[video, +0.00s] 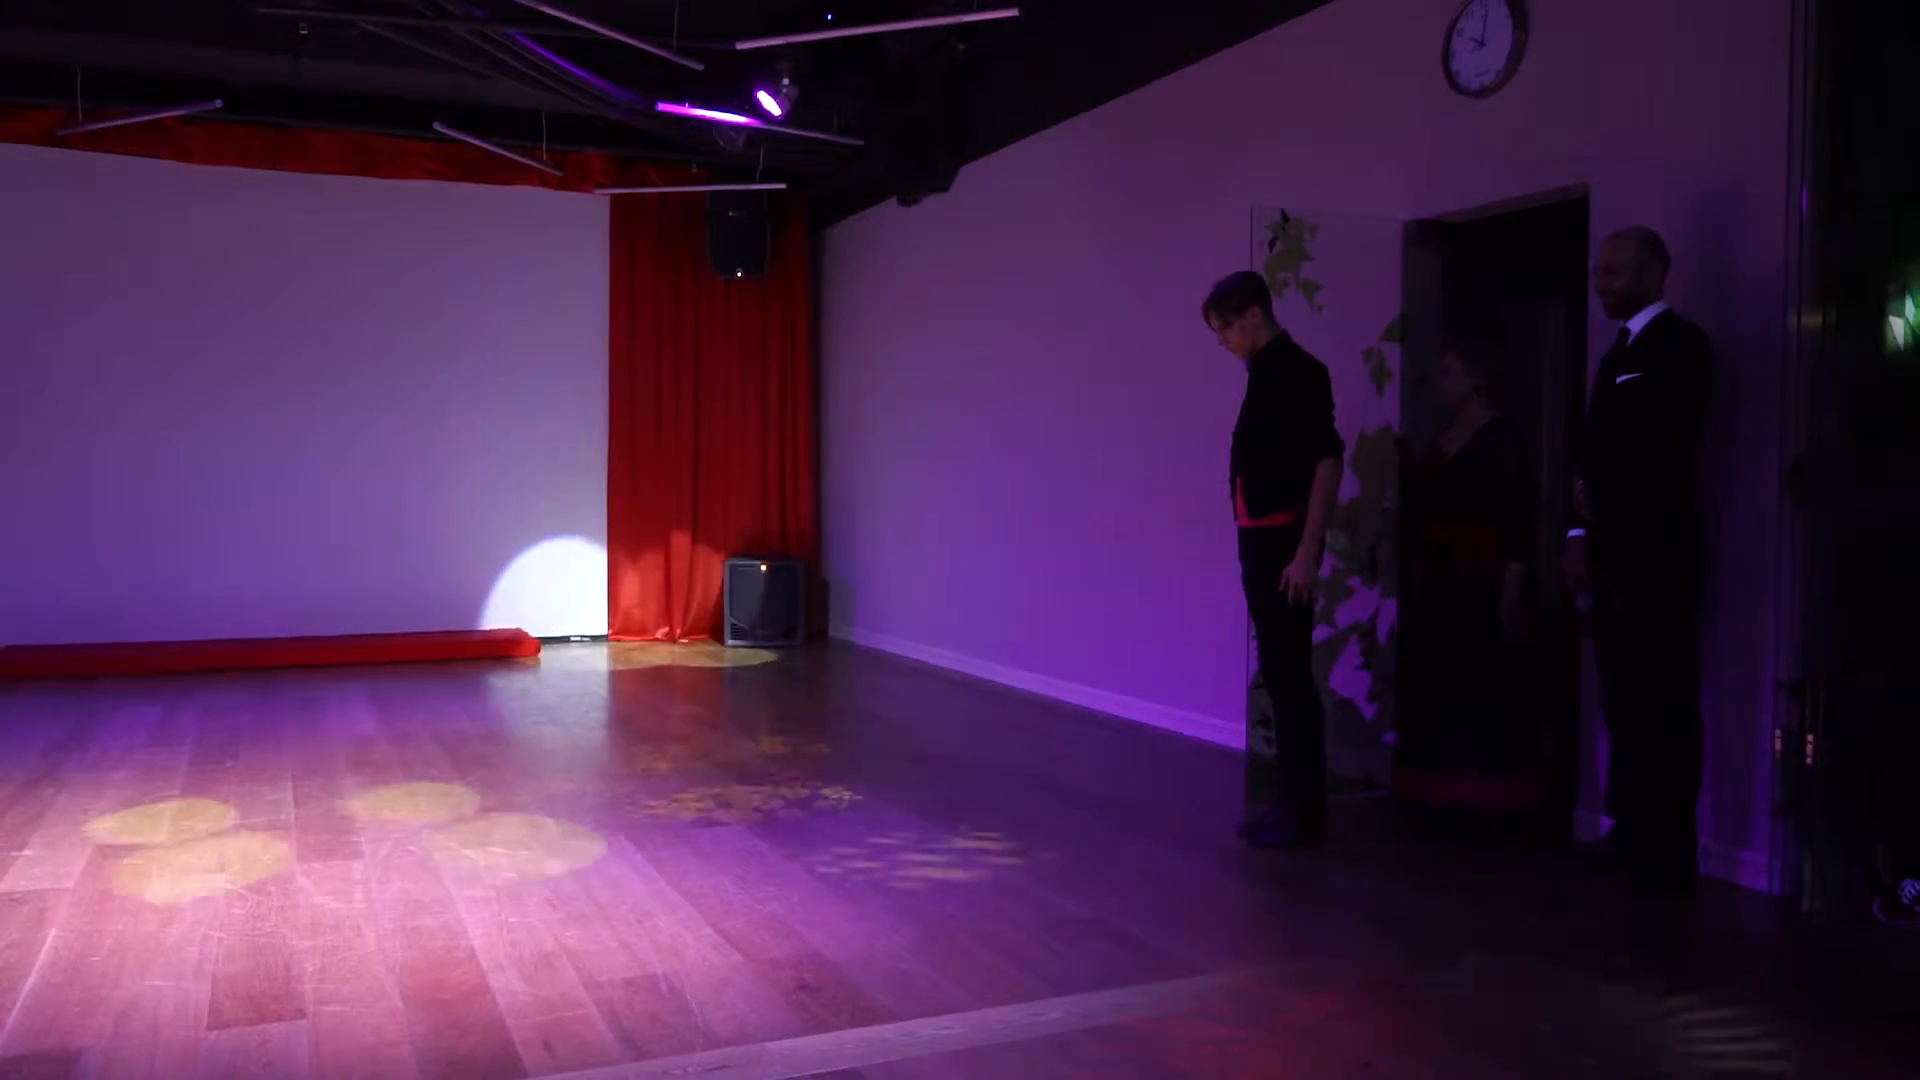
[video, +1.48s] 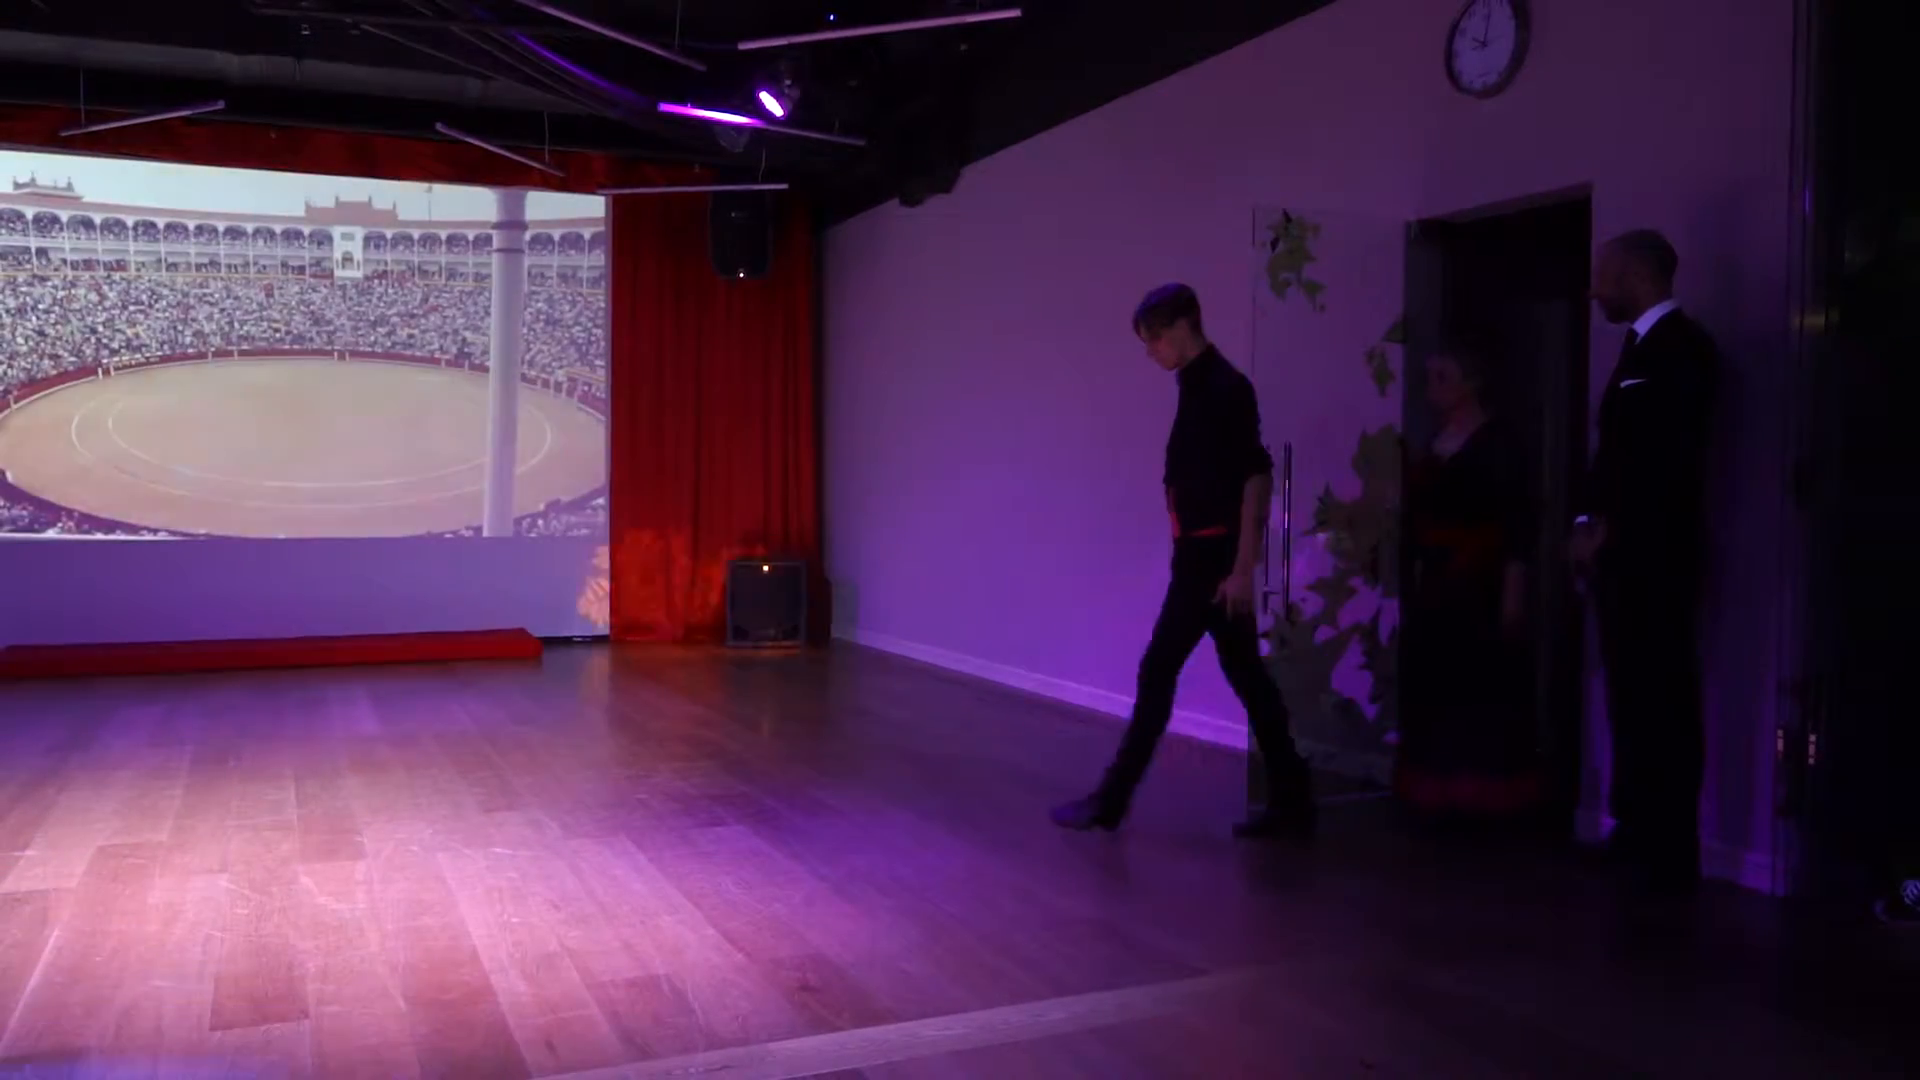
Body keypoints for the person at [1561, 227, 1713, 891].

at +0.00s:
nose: (1602, 284)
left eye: (1615, 272)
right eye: (1599, 272)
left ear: (1652, 275)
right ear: (1607, 278)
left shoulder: (1679, 347)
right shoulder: (1619, 354)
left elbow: (1658, 458)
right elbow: (1592, 454)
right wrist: (1579, 530)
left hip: (1664, 551)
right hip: (1623, 551)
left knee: (1660, 704)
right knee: (1630, 705)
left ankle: (1663, 851)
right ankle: (1632, 844)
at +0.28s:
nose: (1593, 284)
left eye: (1603, 271)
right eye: (1594, 271)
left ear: (1640, 274)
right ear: (1640, 274)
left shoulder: (1672, 349)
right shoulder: (1626, 349)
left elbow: (1643, 462)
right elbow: (1594, 454)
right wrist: (1581, 528)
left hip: (1661, 554)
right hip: (1628, 552)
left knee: (1658, 707)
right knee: (1634, 706)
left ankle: (1660, 853)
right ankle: (1636, 847)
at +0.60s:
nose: (1591, 286)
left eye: (1600, 271)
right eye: (1592, 272)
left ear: (1634, 275)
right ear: (1638, 275)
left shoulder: (1671, 349)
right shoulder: (1633, 349)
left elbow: (1647, 466)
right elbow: (1603, 458)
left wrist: (1606, 538)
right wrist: (1586, 528)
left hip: (1661, 556)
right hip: (1632, 554)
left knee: (1659, 706)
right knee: (1636, 706)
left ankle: (1660, 852)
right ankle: (1638, 846)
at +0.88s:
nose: (1592, 286)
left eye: (1601, 272)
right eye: (1593, 273)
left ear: (1635, 276)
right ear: (1640, 276)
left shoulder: (1670, 350)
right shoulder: (1636, 349)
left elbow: (1646, 467)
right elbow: (1614, 458)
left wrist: (1602, 527)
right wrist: (1589, 516)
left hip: (1660, 556)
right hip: (1633, 554)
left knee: (1659, 705)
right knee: (1636, 704)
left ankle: (1661, 850)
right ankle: (1638, 844)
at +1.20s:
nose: (1596, 288)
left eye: (1604, 274)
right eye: (1597, 274)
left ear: (1638, 277)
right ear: (1646, 276)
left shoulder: (1671, 351)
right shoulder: (1640, 348)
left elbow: (1645, 464)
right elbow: (1615, 456)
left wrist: (1600, 526)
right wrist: (1589, 519)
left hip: (1659, 557)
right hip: (1635, 555)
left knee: (1657, 704)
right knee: (1638, 702)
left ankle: (1660, 851)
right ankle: (1639, 844)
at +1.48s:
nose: (1599, 287)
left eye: (1608, 273)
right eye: (1601, 273)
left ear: (1641, 276)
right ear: (1649, 276)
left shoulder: (1674, 351)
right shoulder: (1644, 348)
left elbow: (1647, 463)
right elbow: (1616, 454)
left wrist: (1604, 528)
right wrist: (1589, 518)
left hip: (1658, 558)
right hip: (1636, 555)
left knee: (1656, 703)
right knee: (1640, 702)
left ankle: (1661, 851)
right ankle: (1641, 844)